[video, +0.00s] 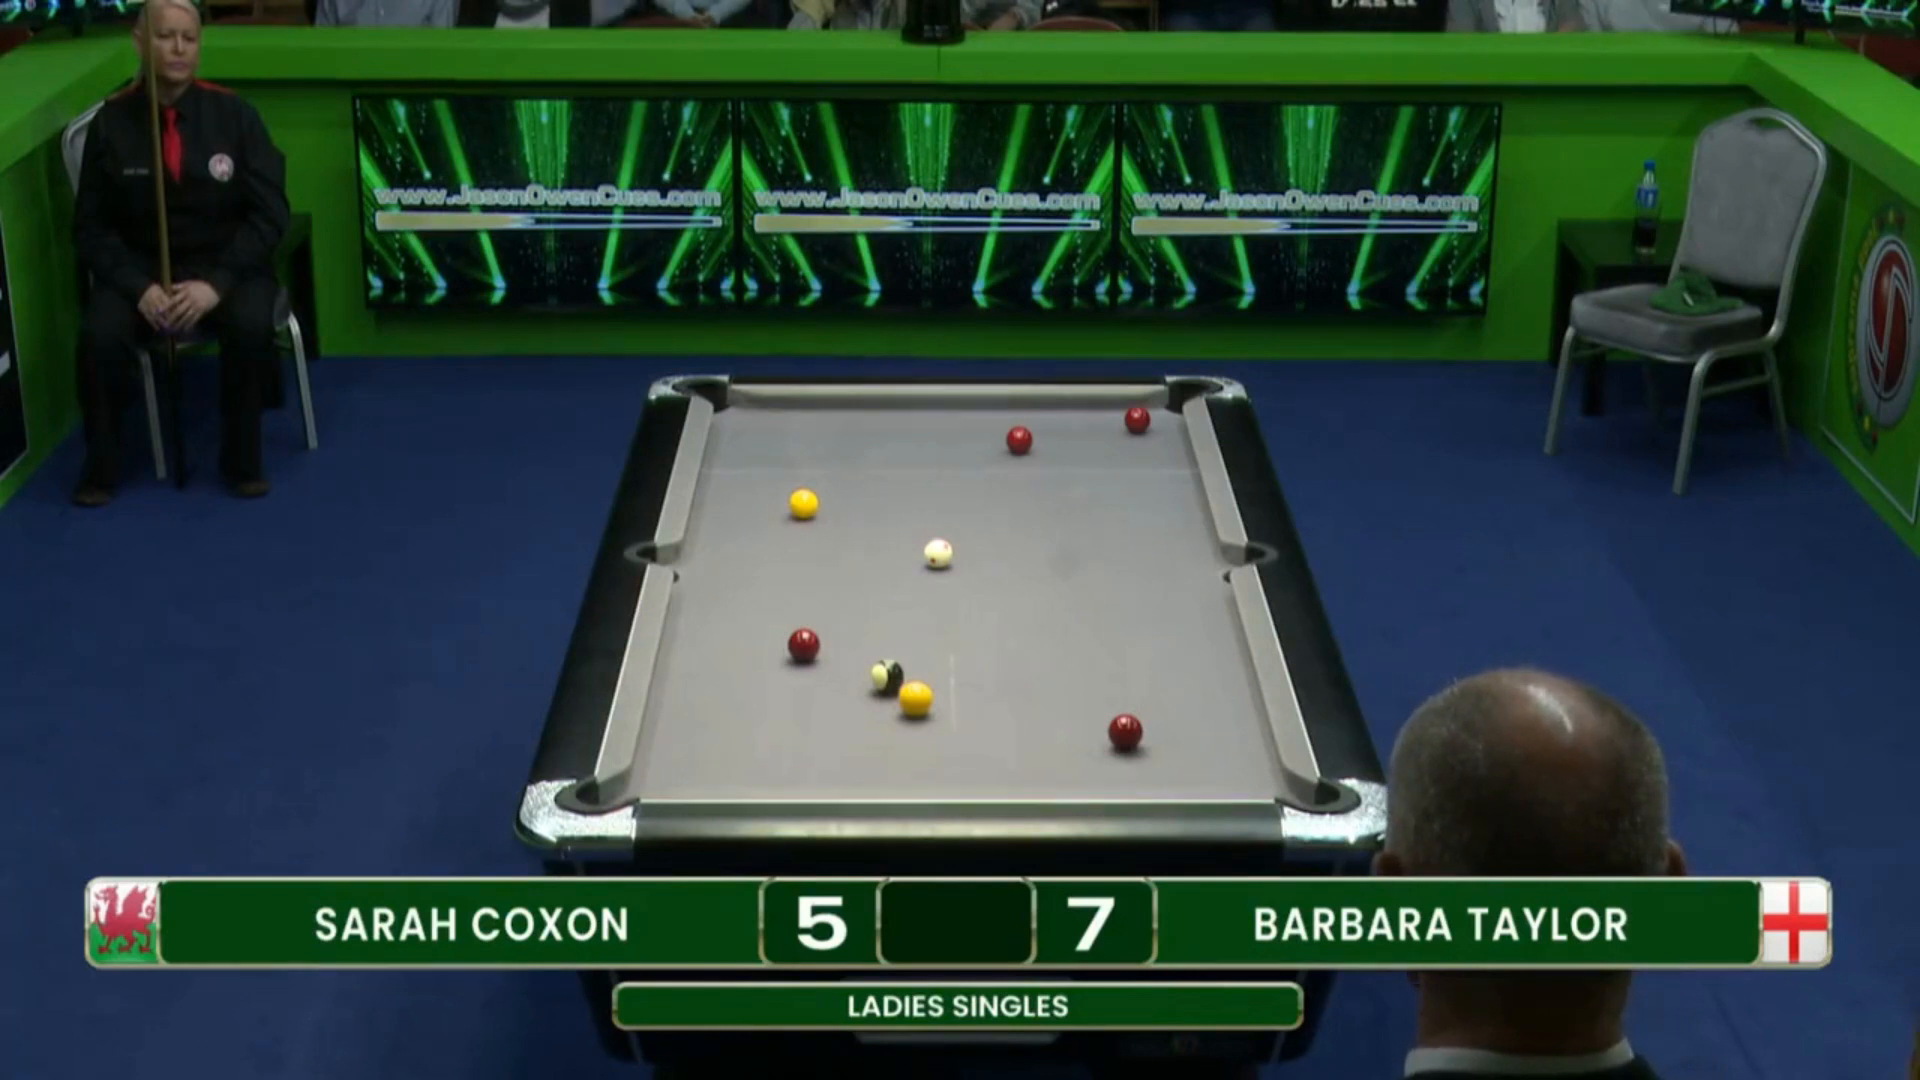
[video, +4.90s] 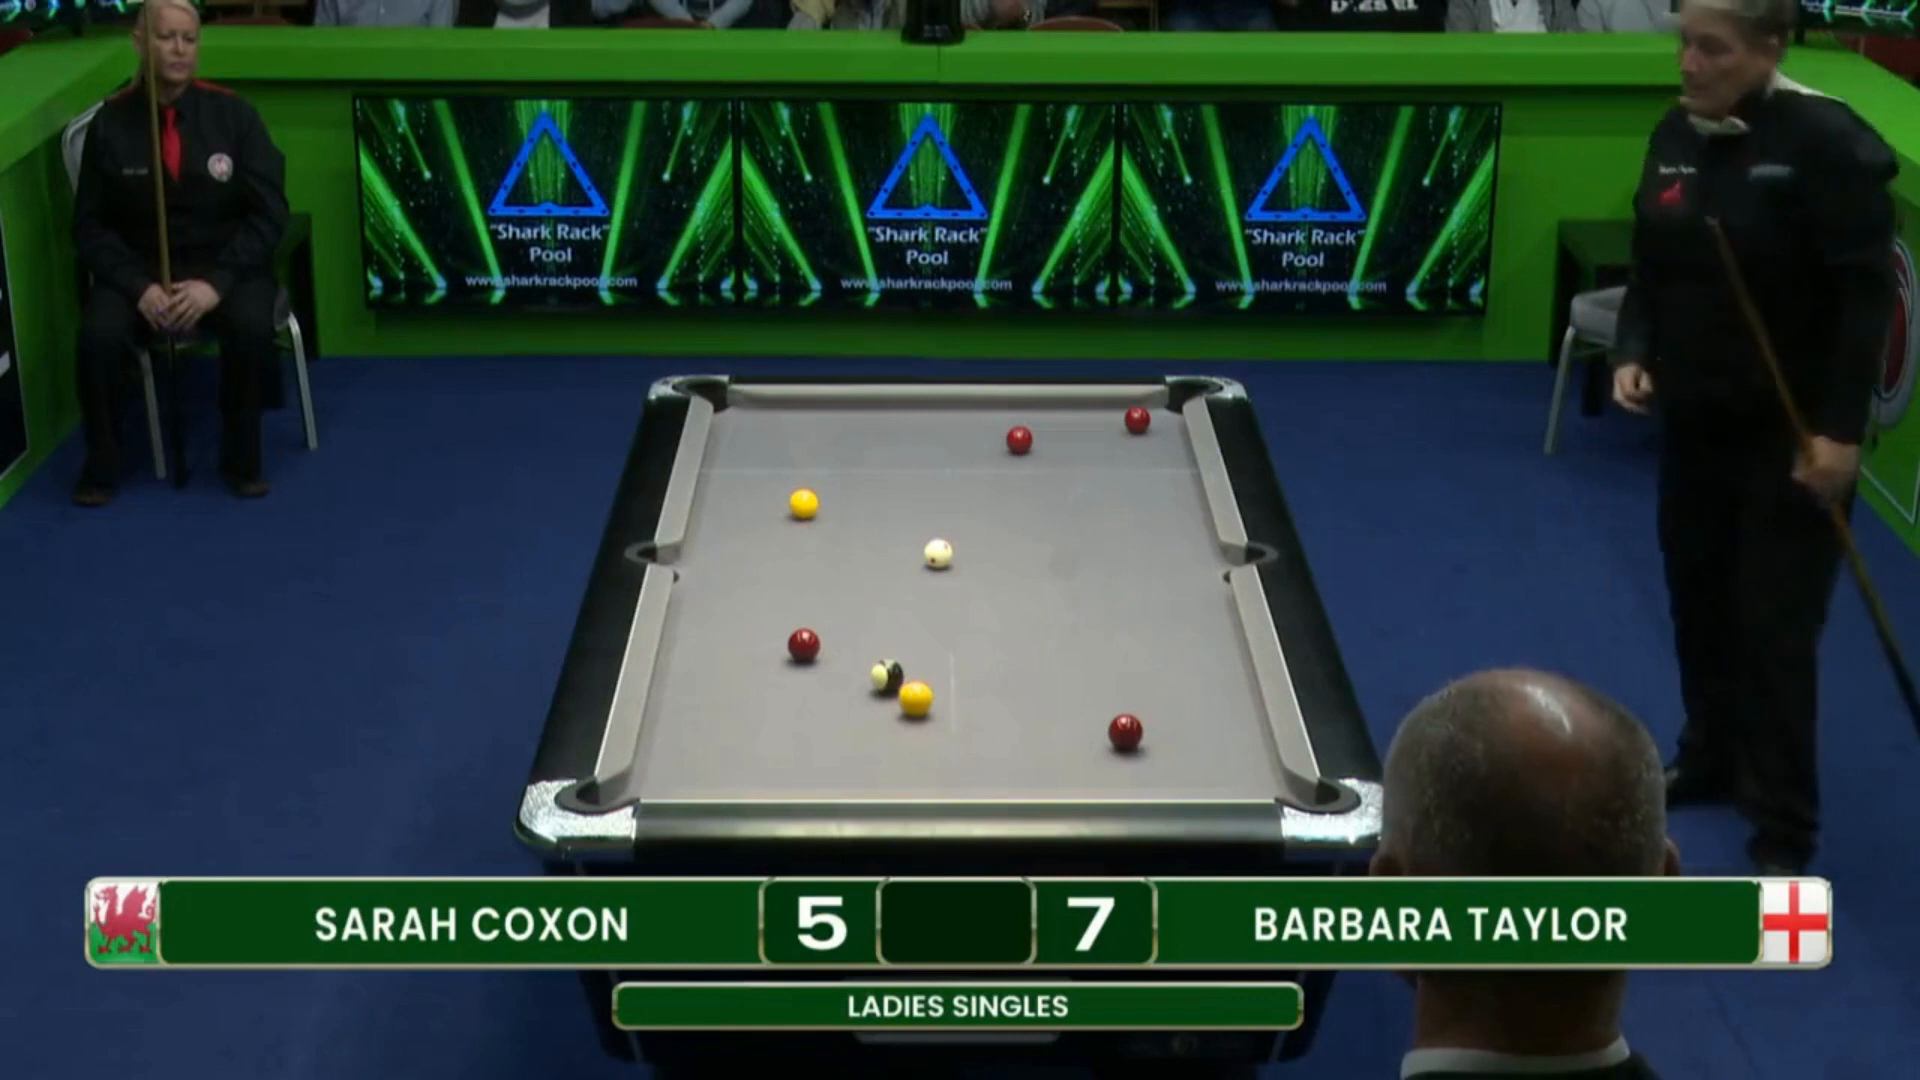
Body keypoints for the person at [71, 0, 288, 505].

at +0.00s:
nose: (179, 48)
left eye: (189, 38)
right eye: (165, 36)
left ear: (200, 44)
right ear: (141, 41)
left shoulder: (234, 115)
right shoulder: (112, 121)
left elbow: (269, 215)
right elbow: (90, 226)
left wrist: (214, 284)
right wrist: (140, 287)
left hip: (221, 267)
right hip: (139, 273)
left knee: (248, 328)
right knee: (101, 335)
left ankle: (243, 463)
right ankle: (101, 469)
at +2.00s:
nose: (179, 49)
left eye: (189, 38)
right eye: (165, 37)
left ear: (199, 44)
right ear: (140, 42)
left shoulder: (234, 116)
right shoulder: (111, 122)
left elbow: (269, 215)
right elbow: (90, 226)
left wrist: (214, 284)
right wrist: (140, 287)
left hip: (221, 267)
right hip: (138, 274)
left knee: (248, 328)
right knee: (101, 336)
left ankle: (243, 463)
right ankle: (101, 469)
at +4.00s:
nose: (181, 49)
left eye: (190, 38)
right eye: (167, 37)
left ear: (199, 44)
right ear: (140, 41)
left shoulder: (234, 116)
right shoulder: (111, 121)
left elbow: (268, 215)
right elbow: (90, 227)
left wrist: (214, 283)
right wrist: (141, 286)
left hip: (221, 267)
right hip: (139, 273)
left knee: (248, 327)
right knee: (100, 334)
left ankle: (243, 462)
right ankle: (101, 468)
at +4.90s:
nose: (180, 49)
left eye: (189, 38)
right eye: (166, 37)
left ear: (199, 44)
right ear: (141, 42)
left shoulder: (234, 115)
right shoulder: (110, 122)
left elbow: (269, 214)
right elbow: (90, 226)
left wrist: (214, 283)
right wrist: (140, 286)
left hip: (220, 267)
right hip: (138, 273)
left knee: (249, 328)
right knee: (100, 334)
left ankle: (243, 462)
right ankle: (102, 466)